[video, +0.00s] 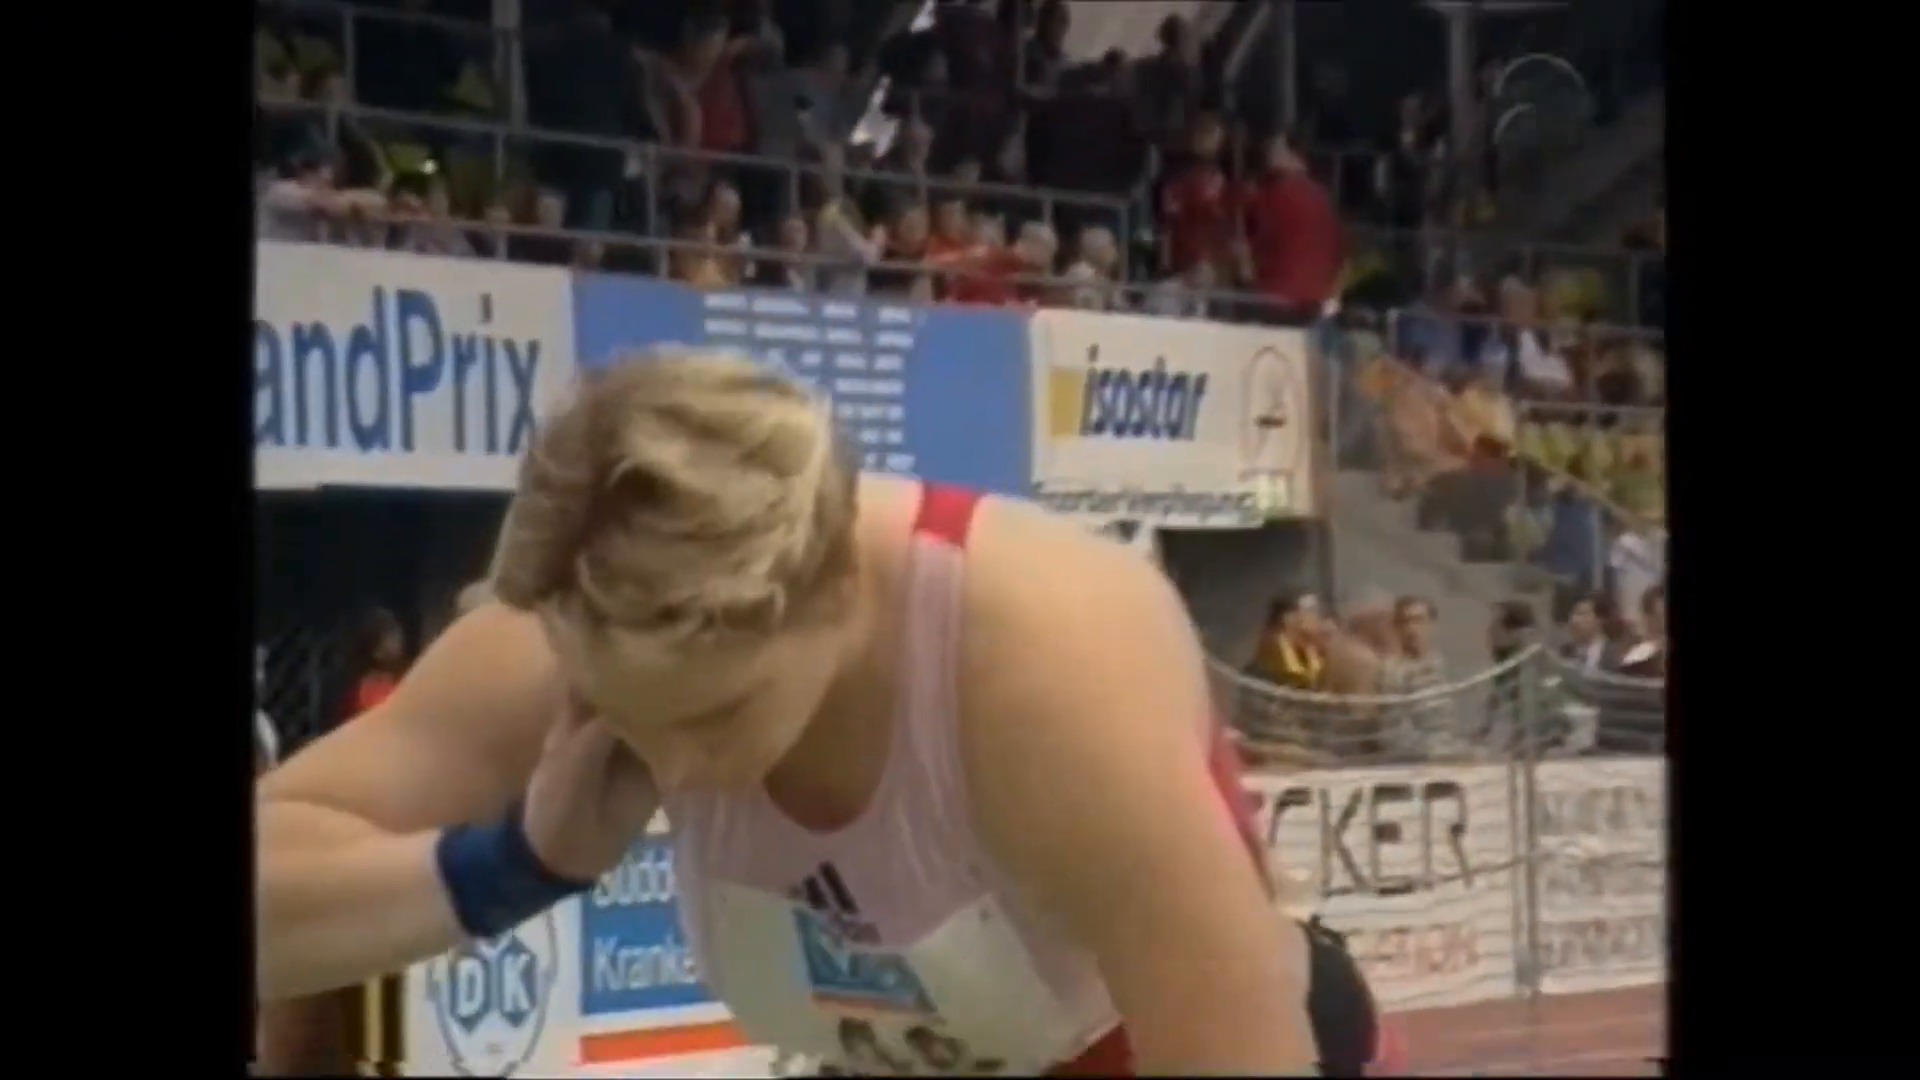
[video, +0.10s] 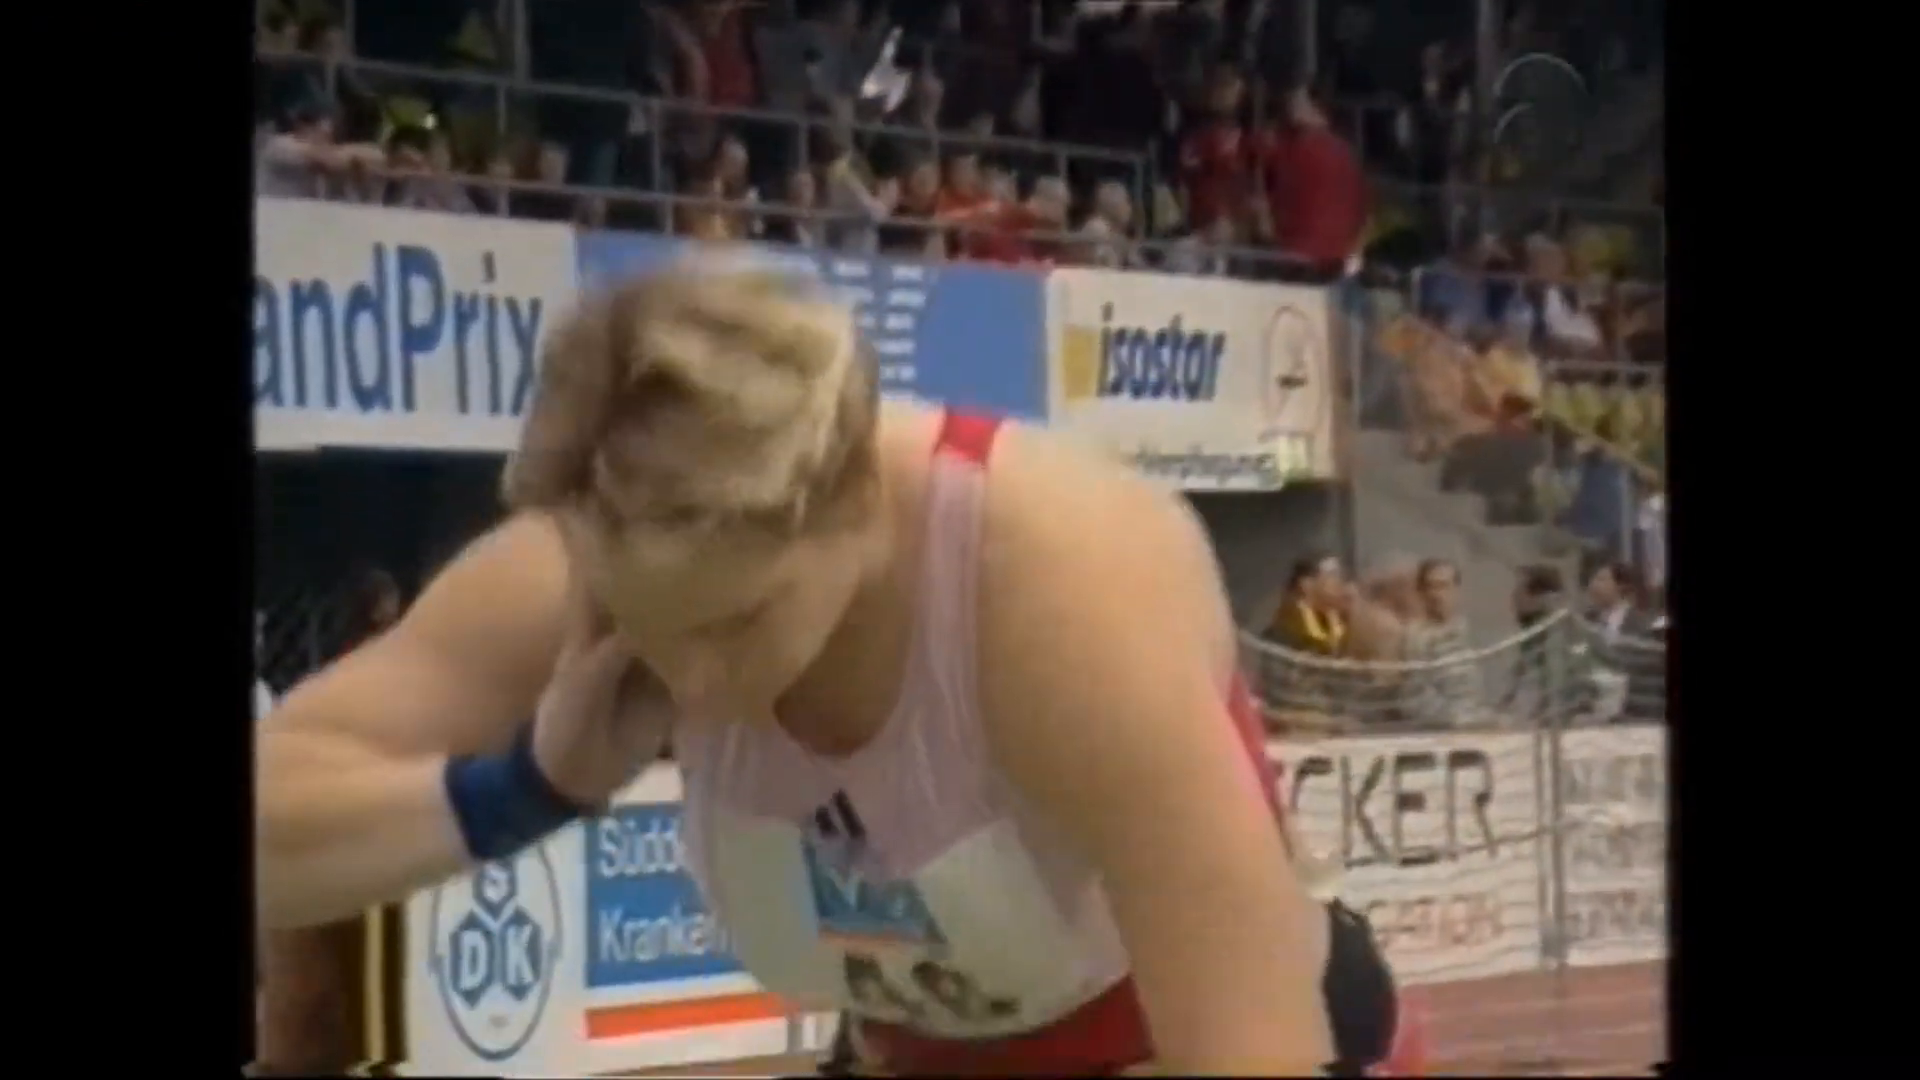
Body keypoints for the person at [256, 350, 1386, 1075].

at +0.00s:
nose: (680, 764)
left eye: (716, 718)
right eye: (632, 721)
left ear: (828, 602)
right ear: (577, 637)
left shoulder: (1047, 647)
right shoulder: (568, 646)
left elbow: (1246, 1052)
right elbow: (256, 893)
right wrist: (514, 863)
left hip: (1153, 1036)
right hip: (861, 1043)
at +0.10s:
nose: (696, 686)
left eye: (737, 631)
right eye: (645, 639)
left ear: (849, 514)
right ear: (592, 557)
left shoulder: (1071, 577)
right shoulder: (575, 563)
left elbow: (1254, 1049)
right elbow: (261, 834)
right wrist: (524, 790)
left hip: (1172, 1032)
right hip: (912, 1042)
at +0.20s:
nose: (712, 510)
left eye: (762, 456)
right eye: (664, 457)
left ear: (884, 348)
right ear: (608, 382)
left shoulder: (1099, 441)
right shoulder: (585, 458)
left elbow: (1265, 976)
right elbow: (255, 706)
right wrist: (530, 664)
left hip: (1189, 1021)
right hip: (906, 1037)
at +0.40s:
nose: (783, 293)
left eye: (842, 235)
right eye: (729, 235)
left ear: (980, 122)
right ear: (671, 165)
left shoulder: (1173, 253)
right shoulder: (625, 291)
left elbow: (1306, 816)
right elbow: (260, 504)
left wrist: (1175, 1069)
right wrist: (568, 444)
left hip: (1240, 1001)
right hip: (900, 1022)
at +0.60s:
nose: (837, 380)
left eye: (898, 317)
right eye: (784, 318)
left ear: (1039, 189)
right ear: (729, 229)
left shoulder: (1253, 309)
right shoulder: (674, 316)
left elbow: (1375, 957)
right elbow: (269, 548)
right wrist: (624, 528)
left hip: (1303, 1014)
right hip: (962, 1021)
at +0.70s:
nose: (854, 520)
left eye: (912, 461)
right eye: (802, 459)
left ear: (1050, 326)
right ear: (740, 361)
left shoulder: (1281, 419)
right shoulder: (695, 402)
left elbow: (1402, 1017)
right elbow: (288, 700)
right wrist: (673, 670)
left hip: (1331, 1022)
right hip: (1011, 1018)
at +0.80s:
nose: (893, 781)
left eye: (947, 730)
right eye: (841, 727)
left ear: (1079, 590)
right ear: (765, 616)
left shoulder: (1315, 651)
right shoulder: (699, 613)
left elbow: (1452, 1057)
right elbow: (327, 976)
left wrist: (1135, 1071)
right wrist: (731, 924)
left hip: (1430, 1025)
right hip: (1084, 1010)